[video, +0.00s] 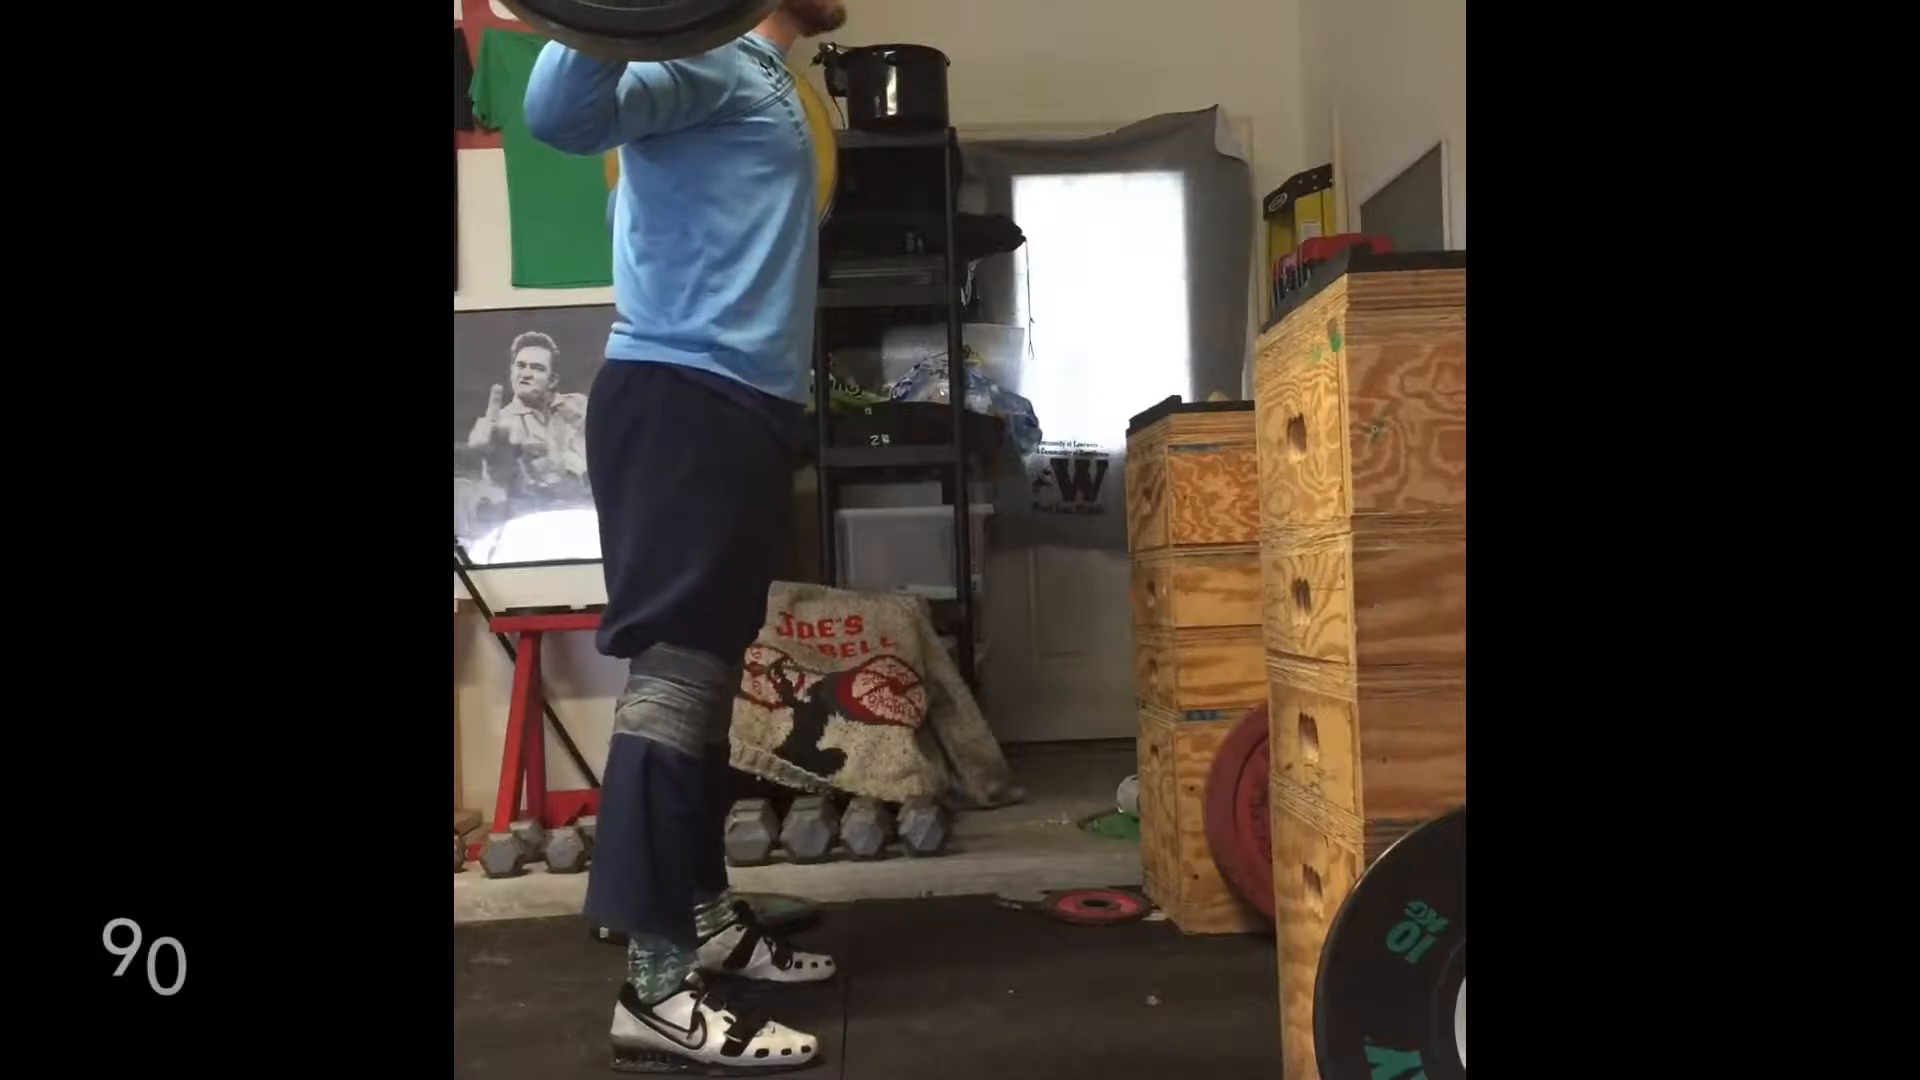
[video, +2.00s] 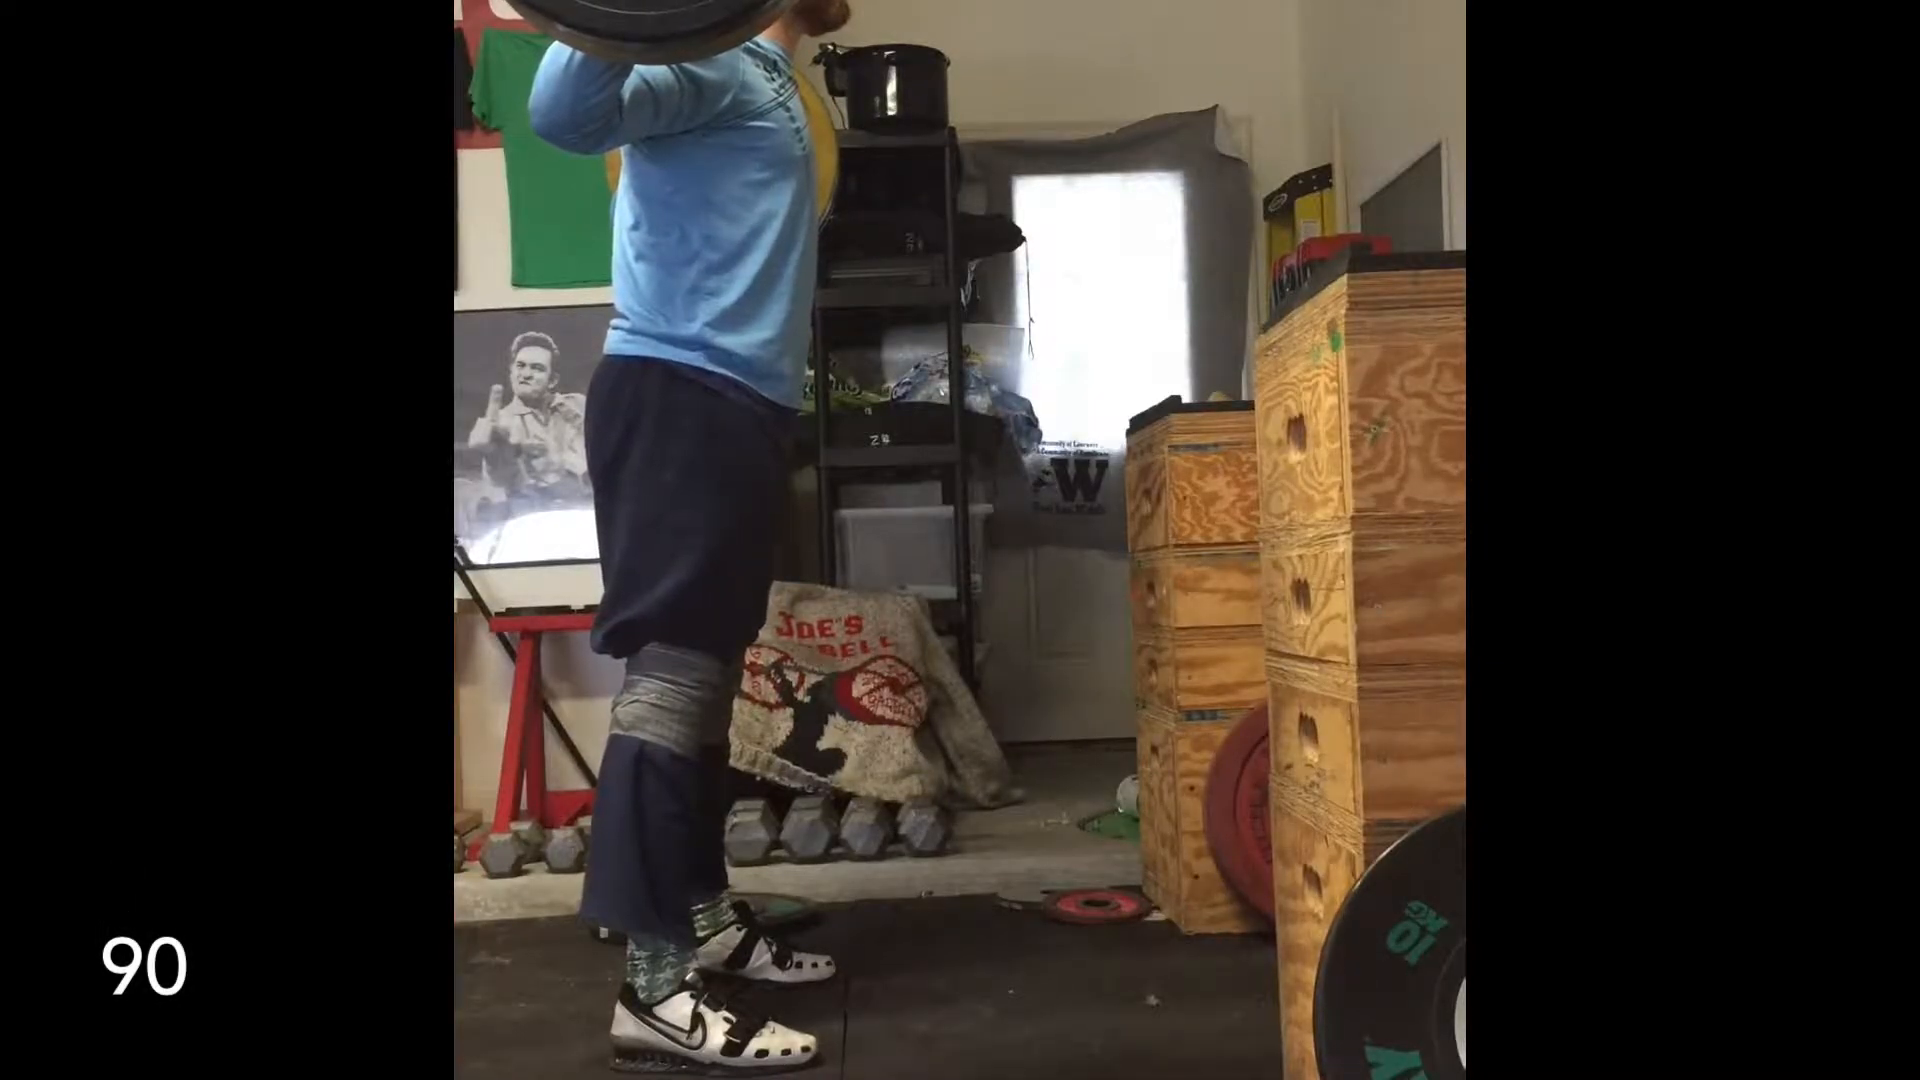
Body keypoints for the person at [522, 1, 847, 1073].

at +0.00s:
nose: (836, 7)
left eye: (833, 3)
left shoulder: (772, 73)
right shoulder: (704, 60)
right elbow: (557, 114)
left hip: (739, 406)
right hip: (683, 400)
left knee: (704, 675)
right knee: (677, 679)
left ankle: (698, 917)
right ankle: (659, 979)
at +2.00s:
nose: (850, 7)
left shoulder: (776, 80)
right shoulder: (714, 65)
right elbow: (561, 114)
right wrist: (620, 4)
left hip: (737, 408)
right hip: (682, 400)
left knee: (703, 674)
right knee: (675, 680)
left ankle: (702, 917)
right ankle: (655, 980)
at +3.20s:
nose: (861, 111)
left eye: (861, 91)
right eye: (845, 87)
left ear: (832, 111)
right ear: (787, 90)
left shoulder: (805, 208)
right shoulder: (727, 198)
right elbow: (580, 254)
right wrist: (651, 113)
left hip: (718, 499)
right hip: (663, 498)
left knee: (832, 691)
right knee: (836, 705)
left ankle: (732, 915)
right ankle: (669, 983)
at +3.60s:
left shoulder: (791, 66)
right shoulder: (727, 55)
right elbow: (609, 131)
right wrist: (640, 21)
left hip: (762, 393)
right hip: (701, 387)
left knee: (755, 658)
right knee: (746, 659)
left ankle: (705, 920)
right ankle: (659, 980)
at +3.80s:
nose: (878, 115)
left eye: (879, 94)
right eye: (866, 90)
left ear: (814, 89)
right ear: (805, 80)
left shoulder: (805, 196)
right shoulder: (733, 163)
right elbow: (678, 29)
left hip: (686, 488)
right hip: (631, 488)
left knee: (805, 684)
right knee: (799, 704)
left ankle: (713, 922)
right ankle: (664, 988)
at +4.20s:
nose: (877, 277)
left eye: (879, 257)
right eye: (867, 253)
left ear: (821, 247)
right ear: (804, 237)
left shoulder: (811, 348)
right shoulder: (734, 309)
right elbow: (727, 173)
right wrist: (717, 40)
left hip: (697, 613)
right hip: (614, 611)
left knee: (842, 703)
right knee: (827, 730)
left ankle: (739, 915)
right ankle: (665, 987)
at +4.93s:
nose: (905, 437)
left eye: (905, 417)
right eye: (892, 414)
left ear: (839, 409)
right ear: (832, 404)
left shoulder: (838, 513)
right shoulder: (756, 475)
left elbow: (772, 655)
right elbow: (756, 343)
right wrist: (737, 174)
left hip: (697, 760)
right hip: (615, 777)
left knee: (863, 712)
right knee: (851, 756)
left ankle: (749, 935)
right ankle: (674, 989)